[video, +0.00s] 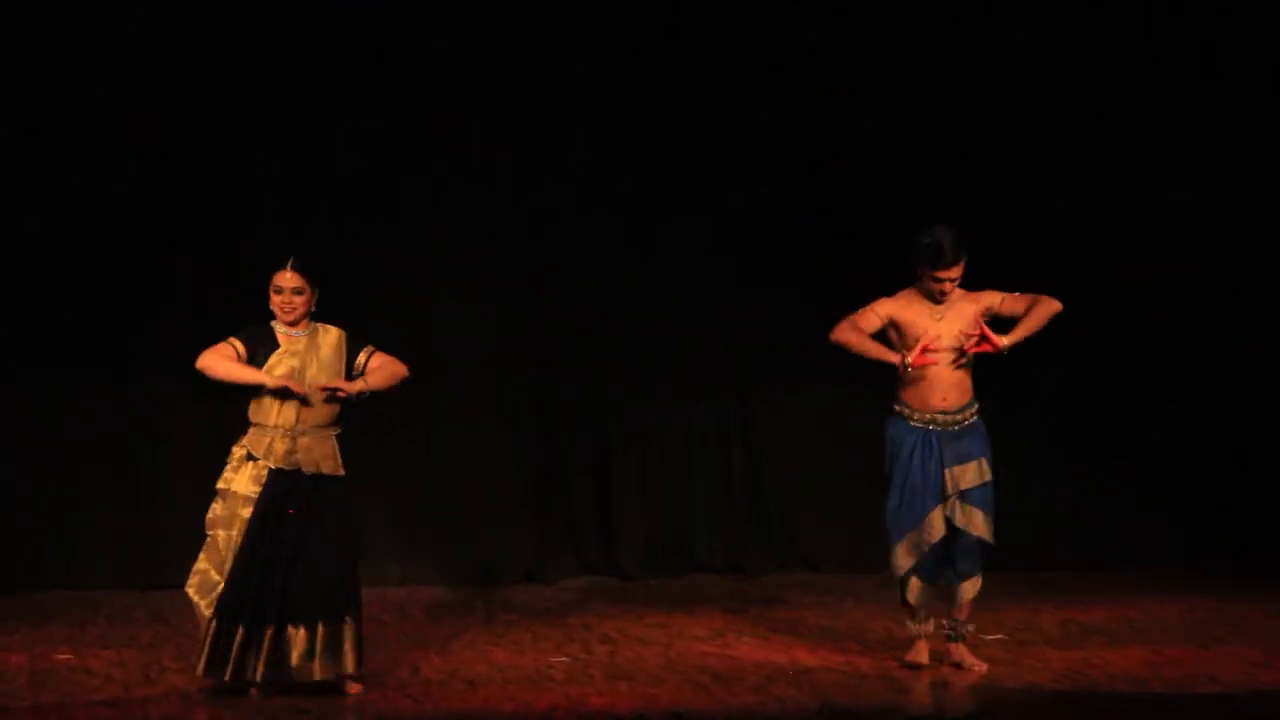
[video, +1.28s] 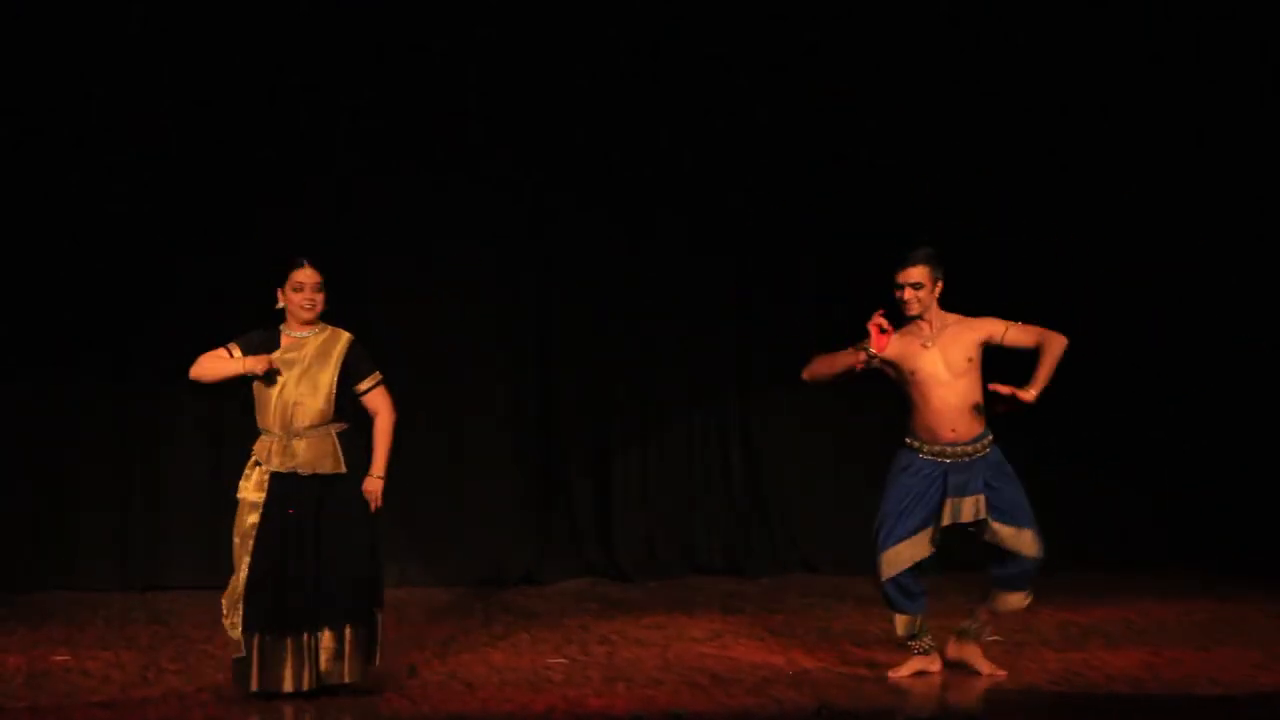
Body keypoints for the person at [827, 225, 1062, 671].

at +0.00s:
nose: (949, 287)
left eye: (955, 279)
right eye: (940, 280)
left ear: (963, 271)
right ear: (920, 273)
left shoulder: (977, 303)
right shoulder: (897, 306)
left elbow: (1049, 305)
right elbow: (843, 333)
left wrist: (1006, 340)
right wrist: (898, 358)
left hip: (965, 430)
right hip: (914, 432)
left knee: (970, 531)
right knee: (918, 532)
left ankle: (956, 640)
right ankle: (919, 636)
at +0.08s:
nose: (948, 289)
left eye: (956, 281)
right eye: (940, 282)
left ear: (964, 273)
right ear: (921, 275)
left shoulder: (977, 304)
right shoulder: (896, 311)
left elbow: (1047, 289)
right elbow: (839, 345)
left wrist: (1007, 321)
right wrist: (898, 356)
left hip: (968, 432)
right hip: (917, 434)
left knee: (972, 536)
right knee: (934, 536)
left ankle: (957, 640)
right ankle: (923, 617)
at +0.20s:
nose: (939, 283)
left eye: (948, 275)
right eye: (931, 274)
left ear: (961, 277)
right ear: (920, 275)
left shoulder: (978, 305)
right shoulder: (897, 320)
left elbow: (1029, 254)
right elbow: (838, 375)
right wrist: (868, 344)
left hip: (966, 437)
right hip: (914, 440)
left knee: (975, 538)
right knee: (924, 544)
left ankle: (960, 630)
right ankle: (927, 645)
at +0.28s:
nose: (925, 272)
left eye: (936, 265)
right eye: (923, 263)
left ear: (959, 269)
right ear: (918, 265)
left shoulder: (981, 302)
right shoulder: (897, 320)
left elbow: (1013, 236)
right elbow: (844, 368)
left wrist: (980, 195)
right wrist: (824, 328)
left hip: (967, 438)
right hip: (914, 440)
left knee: (977, 537)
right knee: (920, 542)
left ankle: (963, 628)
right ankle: (923, 647)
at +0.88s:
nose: (906, 278)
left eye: (916, 271)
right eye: (905, 271)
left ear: (945, 274)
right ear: (909, 278)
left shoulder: (986, 310)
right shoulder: (901, 333)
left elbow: (1041, 260)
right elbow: (828, 363)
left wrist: (987, 259)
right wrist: (835, 308)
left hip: (987, 447)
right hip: (929, 451)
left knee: (1022, 551)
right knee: (907, 547)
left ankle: (988, 642)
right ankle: (924, 655)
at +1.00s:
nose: (902, 288)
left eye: (911, 280)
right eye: (899, 281)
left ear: (938, 281)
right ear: (899, 286)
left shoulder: (975, 322)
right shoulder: (892, 339)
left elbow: (1051, 292)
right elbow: (816, 370)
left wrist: (1009, 312)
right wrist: (848, 330)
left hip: (981, 451)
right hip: (921, 455)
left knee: (1045, 530)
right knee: (896, 552)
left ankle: (988, 611)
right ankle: (924, 653)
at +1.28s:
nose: (906, 295)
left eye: (915, 287)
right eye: (900, 287)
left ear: (937, 288)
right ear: (896, 291)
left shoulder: (973, 329)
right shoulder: (890, 344)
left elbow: (1055, 340)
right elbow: (812, 372)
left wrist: (1033, 389)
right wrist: (862, 353)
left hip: (980, 456)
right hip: (921, 459)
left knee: (1023, 548)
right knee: (894, 552)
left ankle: (968, 640)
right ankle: (923, 653)